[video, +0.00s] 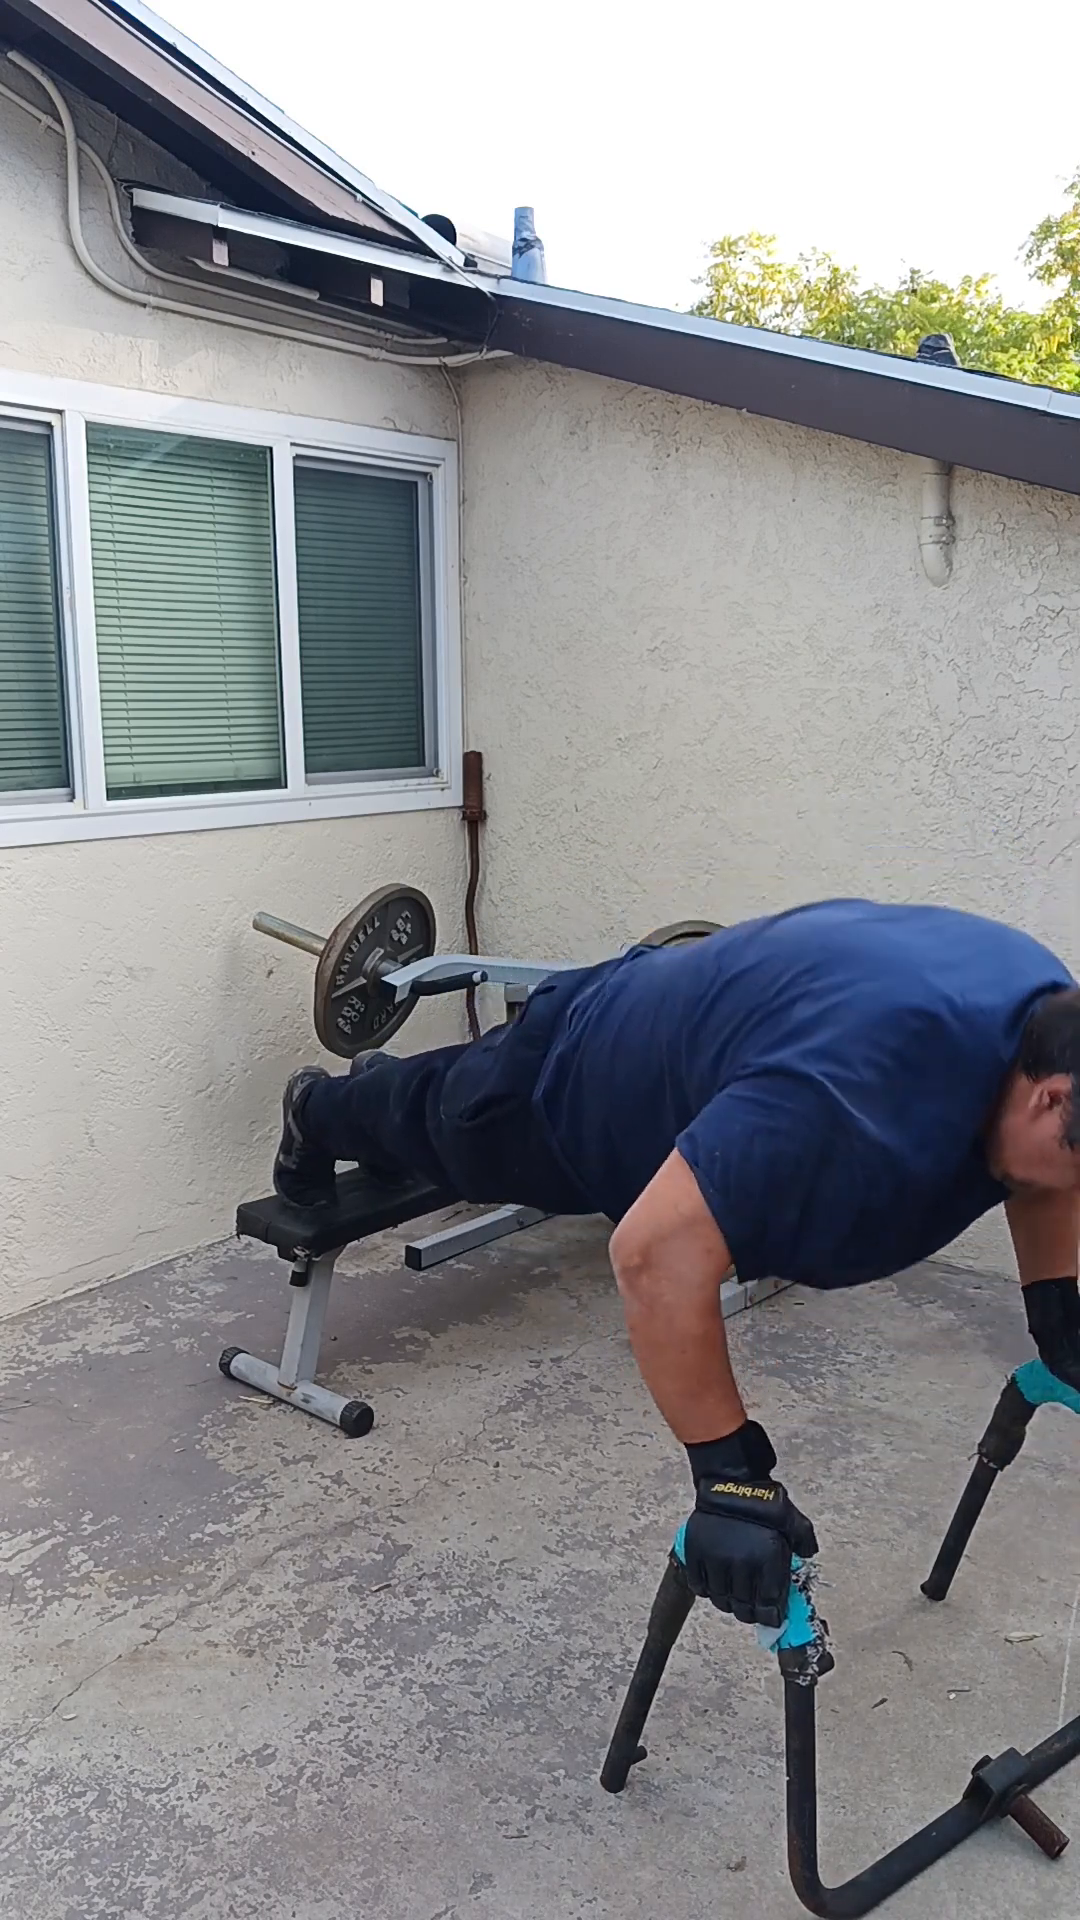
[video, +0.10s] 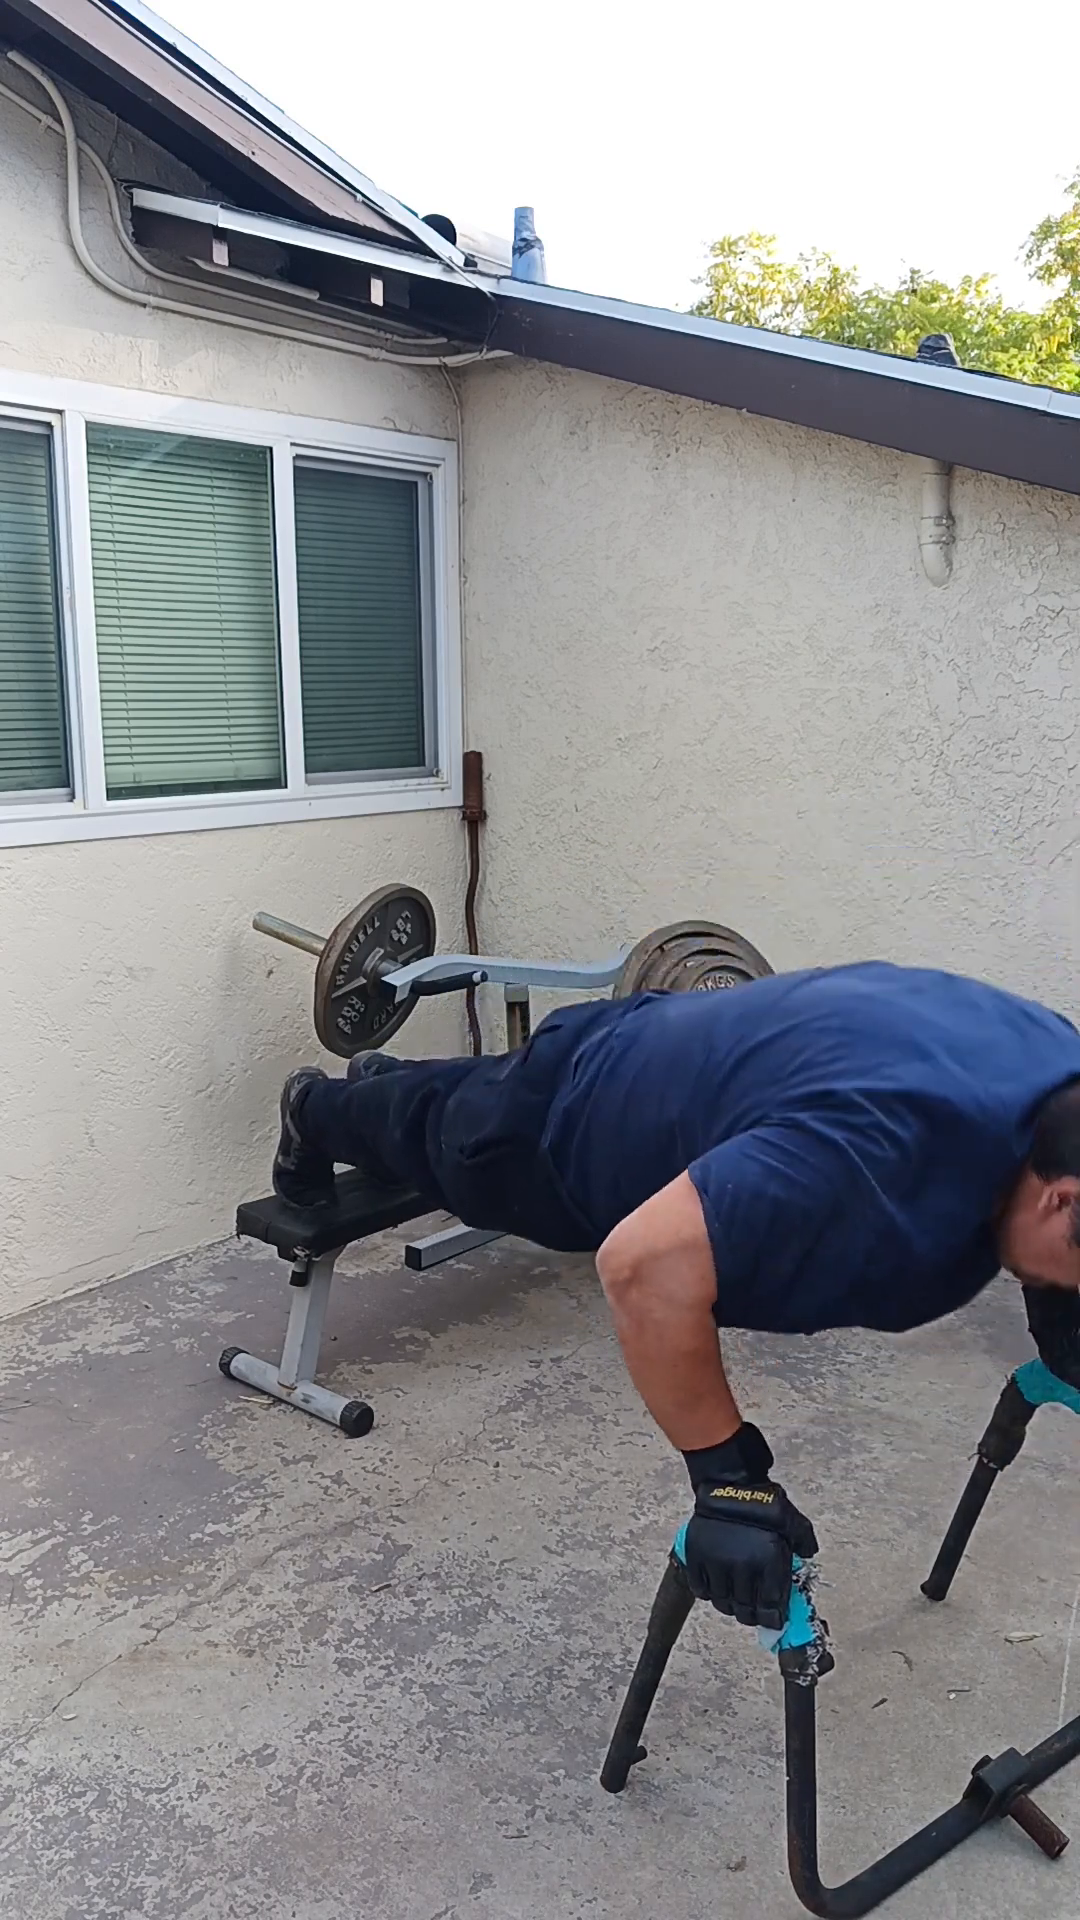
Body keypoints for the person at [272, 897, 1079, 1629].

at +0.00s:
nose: (1061, 1178)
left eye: (1074, 1170)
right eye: (1069, 1154)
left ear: (1054, 1089)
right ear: (1043, 1101)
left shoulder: (1042, 1013)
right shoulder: (840, 1101)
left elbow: (1047, 1174)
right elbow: (656, 1258)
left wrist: (1058, 1322)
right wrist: (733, 1477)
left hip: (726, 970)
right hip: (602, 1058)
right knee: (440, 1105)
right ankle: (320, 1106)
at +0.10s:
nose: (1055, 1290)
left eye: (1070, 1282)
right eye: (1067, 1268)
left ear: (1063, 1188)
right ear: (1053, 1202)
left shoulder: (1062, 1074)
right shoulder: (874, 1161)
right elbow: (642, 1268)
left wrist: (1054, 1311)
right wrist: (731, 1479)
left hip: (703, 1027)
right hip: (595, 1104)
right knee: (435, 1118)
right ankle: (315, 1110)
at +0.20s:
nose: (1057, 1377)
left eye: (1071, 1370)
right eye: (1073, 1360)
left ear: (1068, 1286)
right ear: (1061, 1295)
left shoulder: (1073, 1137)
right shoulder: (894, 1240)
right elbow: (641, 1274)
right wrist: (731, 1482)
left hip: (702, 1064)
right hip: (599, 1139)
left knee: (520, 1098)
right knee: (438, 1131)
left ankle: (387, 1092)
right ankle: (316, 1110)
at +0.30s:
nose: (1052, 1444)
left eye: (1067, 1436)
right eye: (1069, 1430)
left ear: (1067, 1367)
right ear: (1062, 1375)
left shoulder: (1078, 1178)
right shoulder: (905, 1286)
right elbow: (648, 1271)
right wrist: (733, 1480)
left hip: (709, 1091)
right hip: (601, 1168)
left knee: (528, 1116)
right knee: (443, 1151)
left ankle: (393, 1083)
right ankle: (319, 1106)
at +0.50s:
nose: (1054, 1551)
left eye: (1069, 1543)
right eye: (1072, 1536)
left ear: (1066, 1476)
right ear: (1060, 1478)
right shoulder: (923, 1376)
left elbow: (1052, 1128)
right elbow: (682, 1263)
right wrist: (736, 1485)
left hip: (725, 1137)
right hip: (612, 1213)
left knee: (543, 1129)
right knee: (453, 1181)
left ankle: (395, 1083)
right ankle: (323, 1109)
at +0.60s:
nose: (1045, 1582)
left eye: (1058, 1584)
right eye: (1063, 1577)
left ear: (1063, 1510)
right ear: (1066, 1516)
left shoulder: (1079, 1267)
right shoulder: (934, 1392)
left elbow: (1057, 1129)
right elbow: (694, 1264)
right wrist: (735, 1489)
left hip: (731, 1151)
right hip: (622, 1218)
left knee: (545, 1134)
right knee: (458, 1188)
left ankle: (405, 1086)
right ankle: (329, 1109)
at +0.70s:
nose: (1043, 1579)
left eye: (1057, 1582)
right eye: (1061, 1575)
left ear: (1063, 1509)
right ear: (1066, 1515)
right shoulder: (929, 1388)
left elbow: (1059, 1130)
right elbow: (690, 1266)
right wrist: (736, 1488)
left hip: (733, 1151)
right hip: (622, 1219)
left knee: (548, 1133)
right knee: (457, 1188)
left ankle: (411, 1086)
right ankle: (328, 1109)